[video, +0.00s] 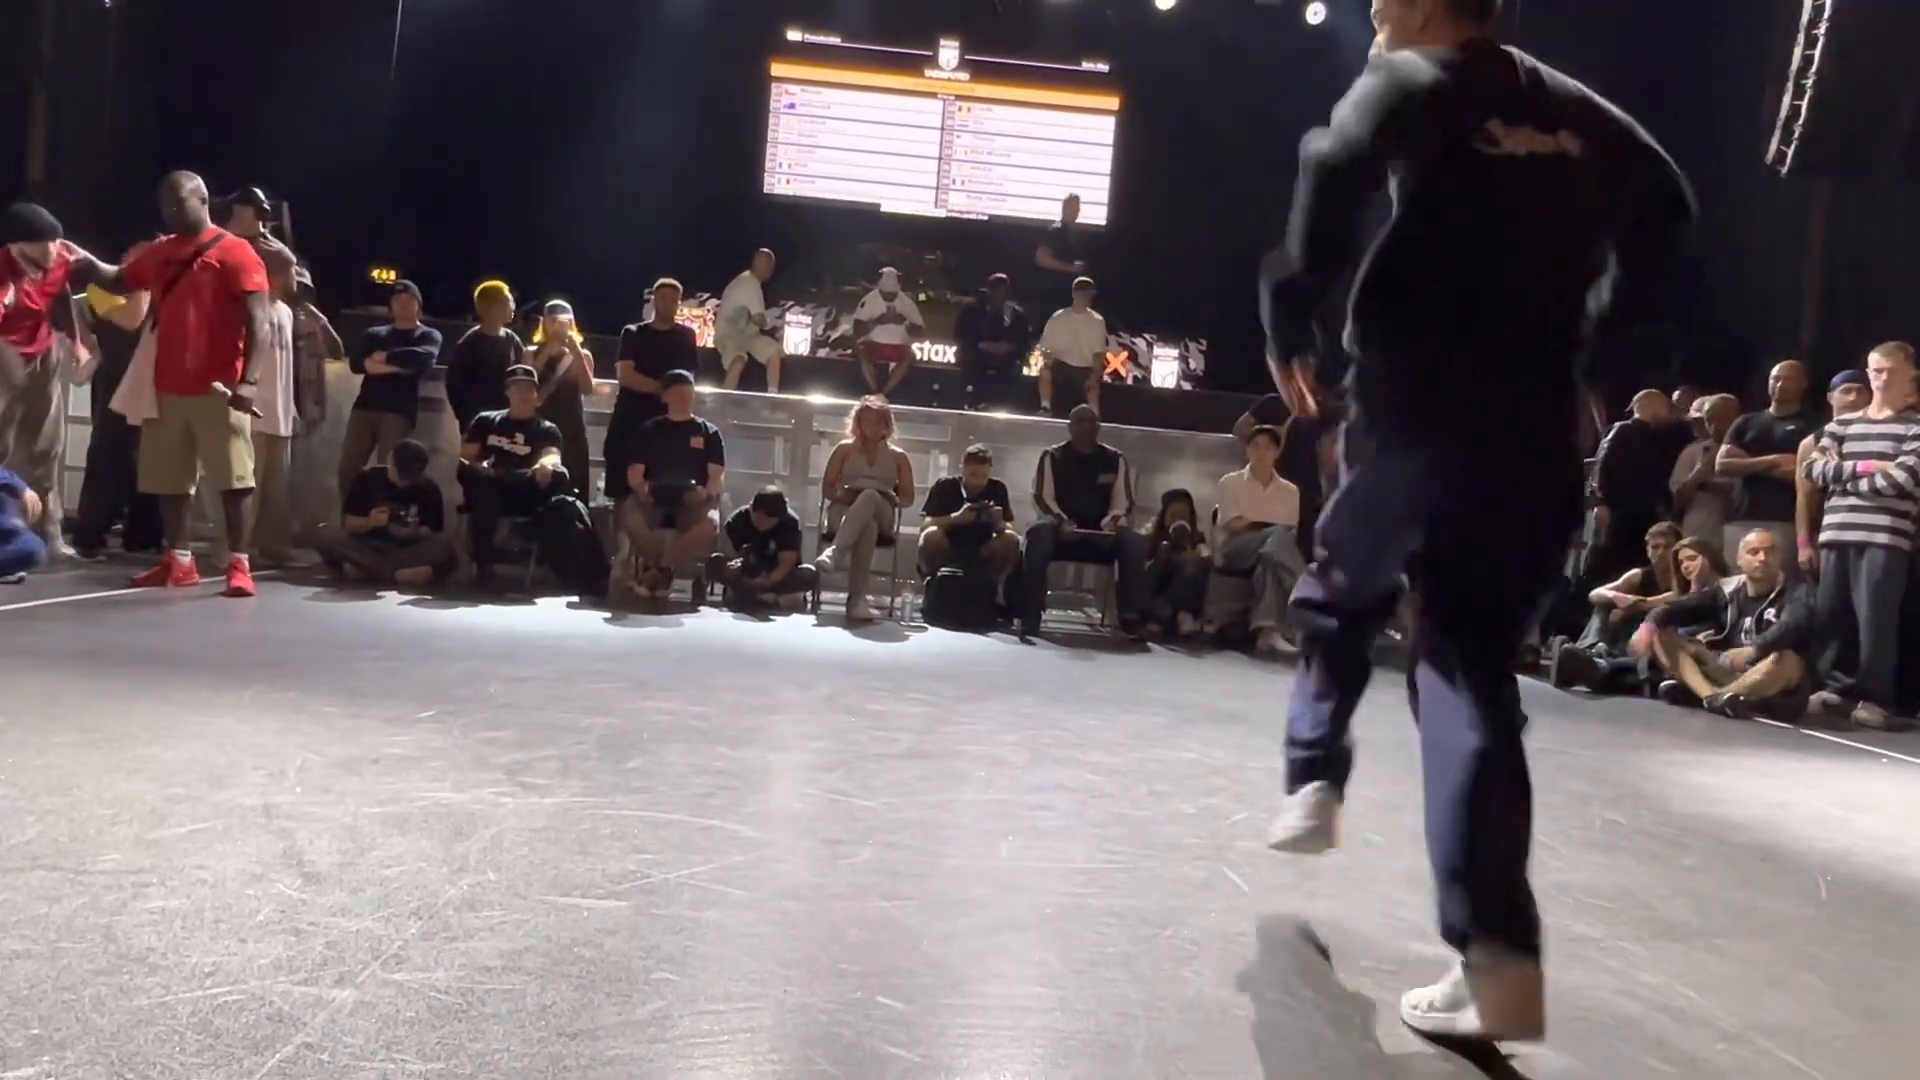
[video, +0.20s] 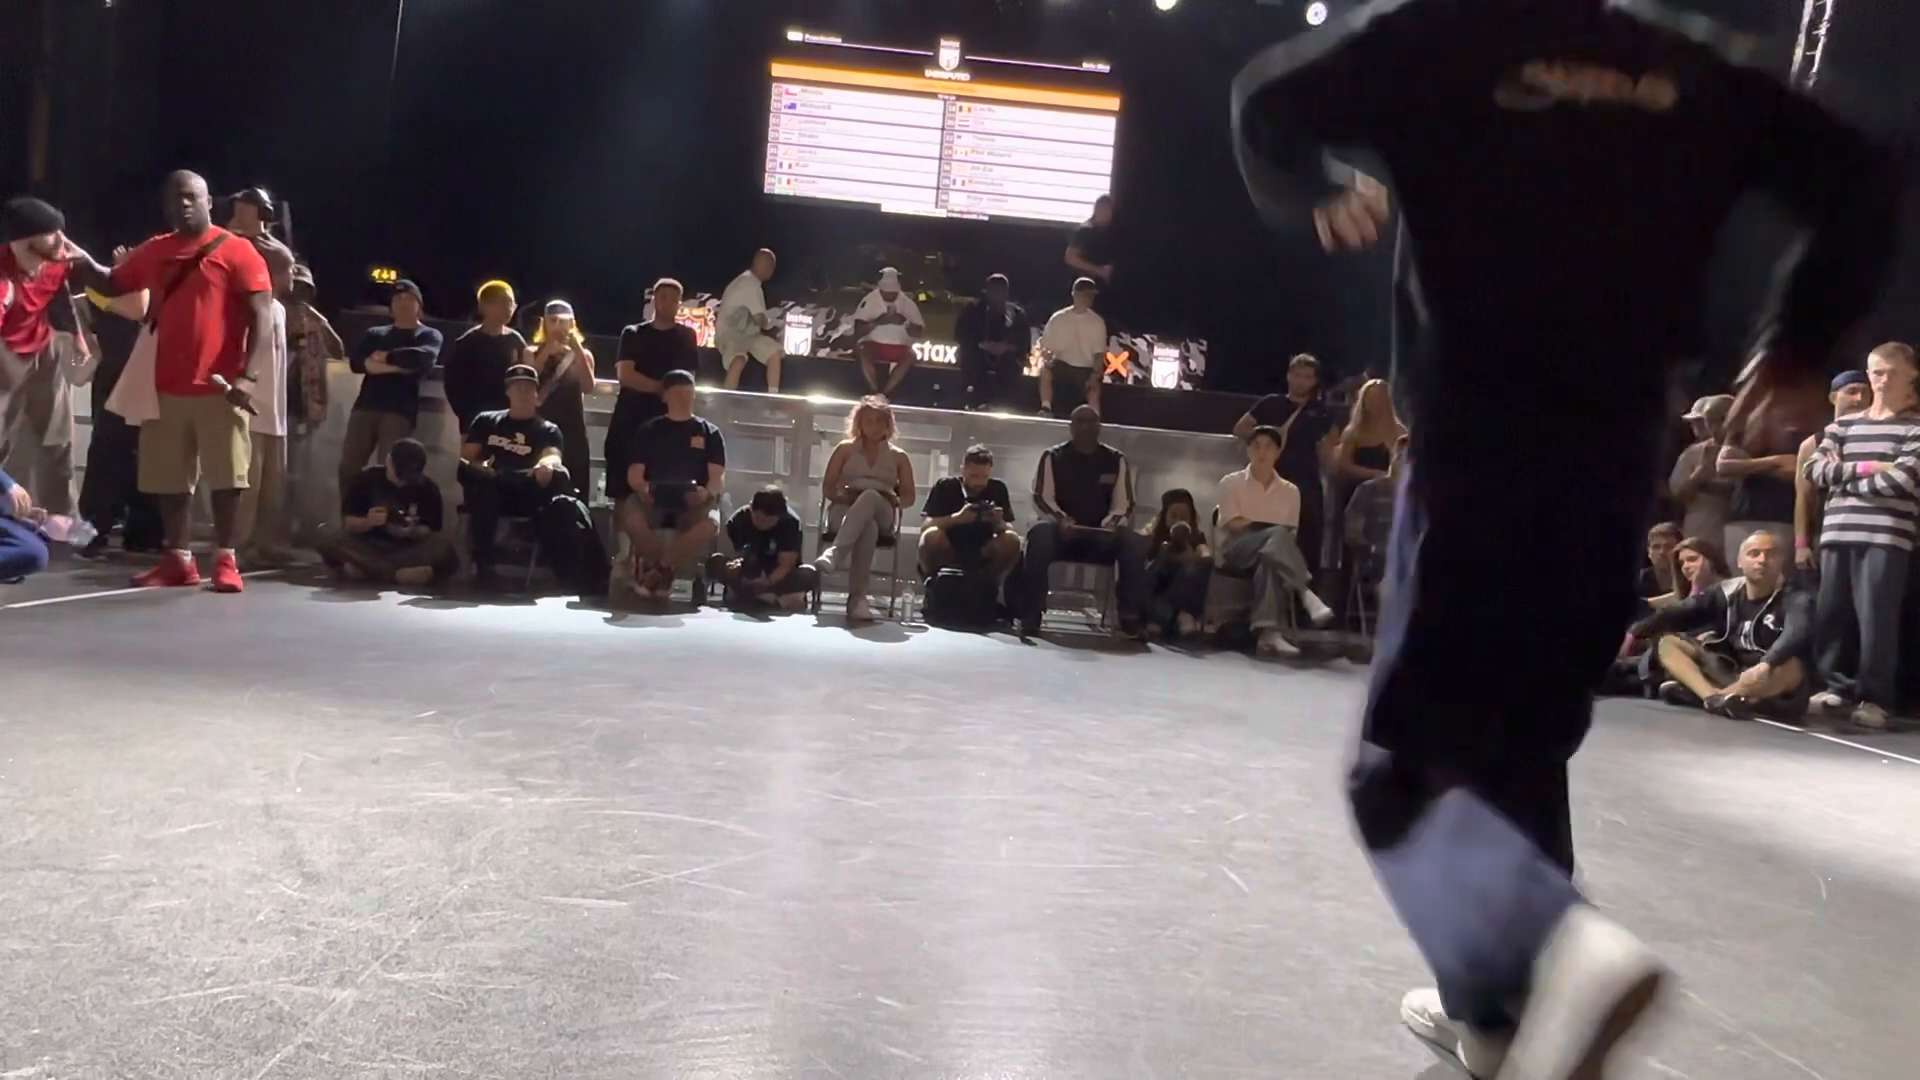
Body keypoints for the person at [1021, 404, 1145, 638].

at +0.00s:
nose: (1086, 427)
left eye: (1091, 422)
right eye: (1079, 422)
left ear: (1099, 426)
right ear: (1069, 426)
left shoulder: (1115, 459)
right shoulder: (1052, 456)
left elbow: (1122, 501)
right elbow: (1044, 497)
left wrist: (1113, 519)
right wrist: (1060, 520)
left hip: (1100, 536)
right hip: (1066, 534)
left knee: (1131, 540)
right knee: (1039, 533)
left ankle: (1130, 618)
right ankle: (1030, 619)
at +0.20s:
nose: (1086, 427)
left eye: (1092, 422)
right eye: (1080, 421)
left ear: (1100, 426)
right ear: (1070, 426)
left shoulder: (1116, 460)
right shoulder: (1053, 457)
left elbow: (1122, 503)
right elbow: (1043, 498)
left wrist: (1112, 520)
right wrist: (1059, 518)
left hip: (1100, 536)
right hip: (1065, 533)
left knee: (1132, 540)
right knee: (1040, 533)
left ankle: (1131, 618)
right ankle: (1031, 618)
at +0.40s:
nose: (1087, 429)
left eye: (1093, 423)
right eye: (1081, 423)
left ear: (1101, 428)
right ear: (1071, 427)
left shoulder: (1118, 461)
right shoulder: (1053, 458)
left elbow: (1122, 506)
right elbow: (1040, 505)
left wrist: (1112, 521)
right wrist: (1051, 510)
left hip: (1100, 535)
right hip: (1063, 533)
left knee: (1132, 541)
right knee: (1040, 535)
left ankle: (1131, 619)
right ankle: (1031, 619)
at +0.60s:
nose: (1088, 429)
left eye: (1093, 423)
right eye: (1082, 423)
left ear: (1102, 428)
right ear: (1072, 428)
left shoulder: (1119, 462)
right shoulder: (1056, 454)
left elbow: (1123, 502)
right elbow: (1037, 495)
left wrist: (1115, 519)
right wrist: (1054, 463)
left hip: (1099, 535)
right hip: (1062, 533)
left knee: (1132, 541)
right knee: (1042, 534)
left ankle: (1132, 619)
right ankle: (1032, 619)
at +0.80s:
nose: (1083, 428)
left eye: (1089, 423)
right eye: (1078, 423)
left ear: (1100, 428)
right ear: (1070, 428)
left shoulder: (1118, 461)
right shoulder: (1059, 453)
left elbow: (1123, 503)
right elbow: (1034, 470)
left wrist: (1114, 519)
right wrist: (1055, 434)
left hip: (1099, 534)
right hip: (1062, 532)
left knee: (1132, 541)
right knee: (1041, 535)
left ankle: (1131, 619)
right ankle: (1031, 618)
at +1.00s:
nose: (1086, 430)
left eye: (1092, 424)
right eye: (1080, 425)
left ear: (1101, 430)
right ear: (1072, 430)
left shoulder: (1120, 463)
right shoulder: (1061, 455)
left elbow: (1124, 504)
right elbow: (1036, 464)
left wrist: (1115, 520)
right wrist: (1058, 429)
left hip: (1099, 535)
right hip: (1062, 532)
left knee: (1131, 543)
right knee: (1043, 537)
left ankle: (1131, 622)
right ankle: (1031, 621)